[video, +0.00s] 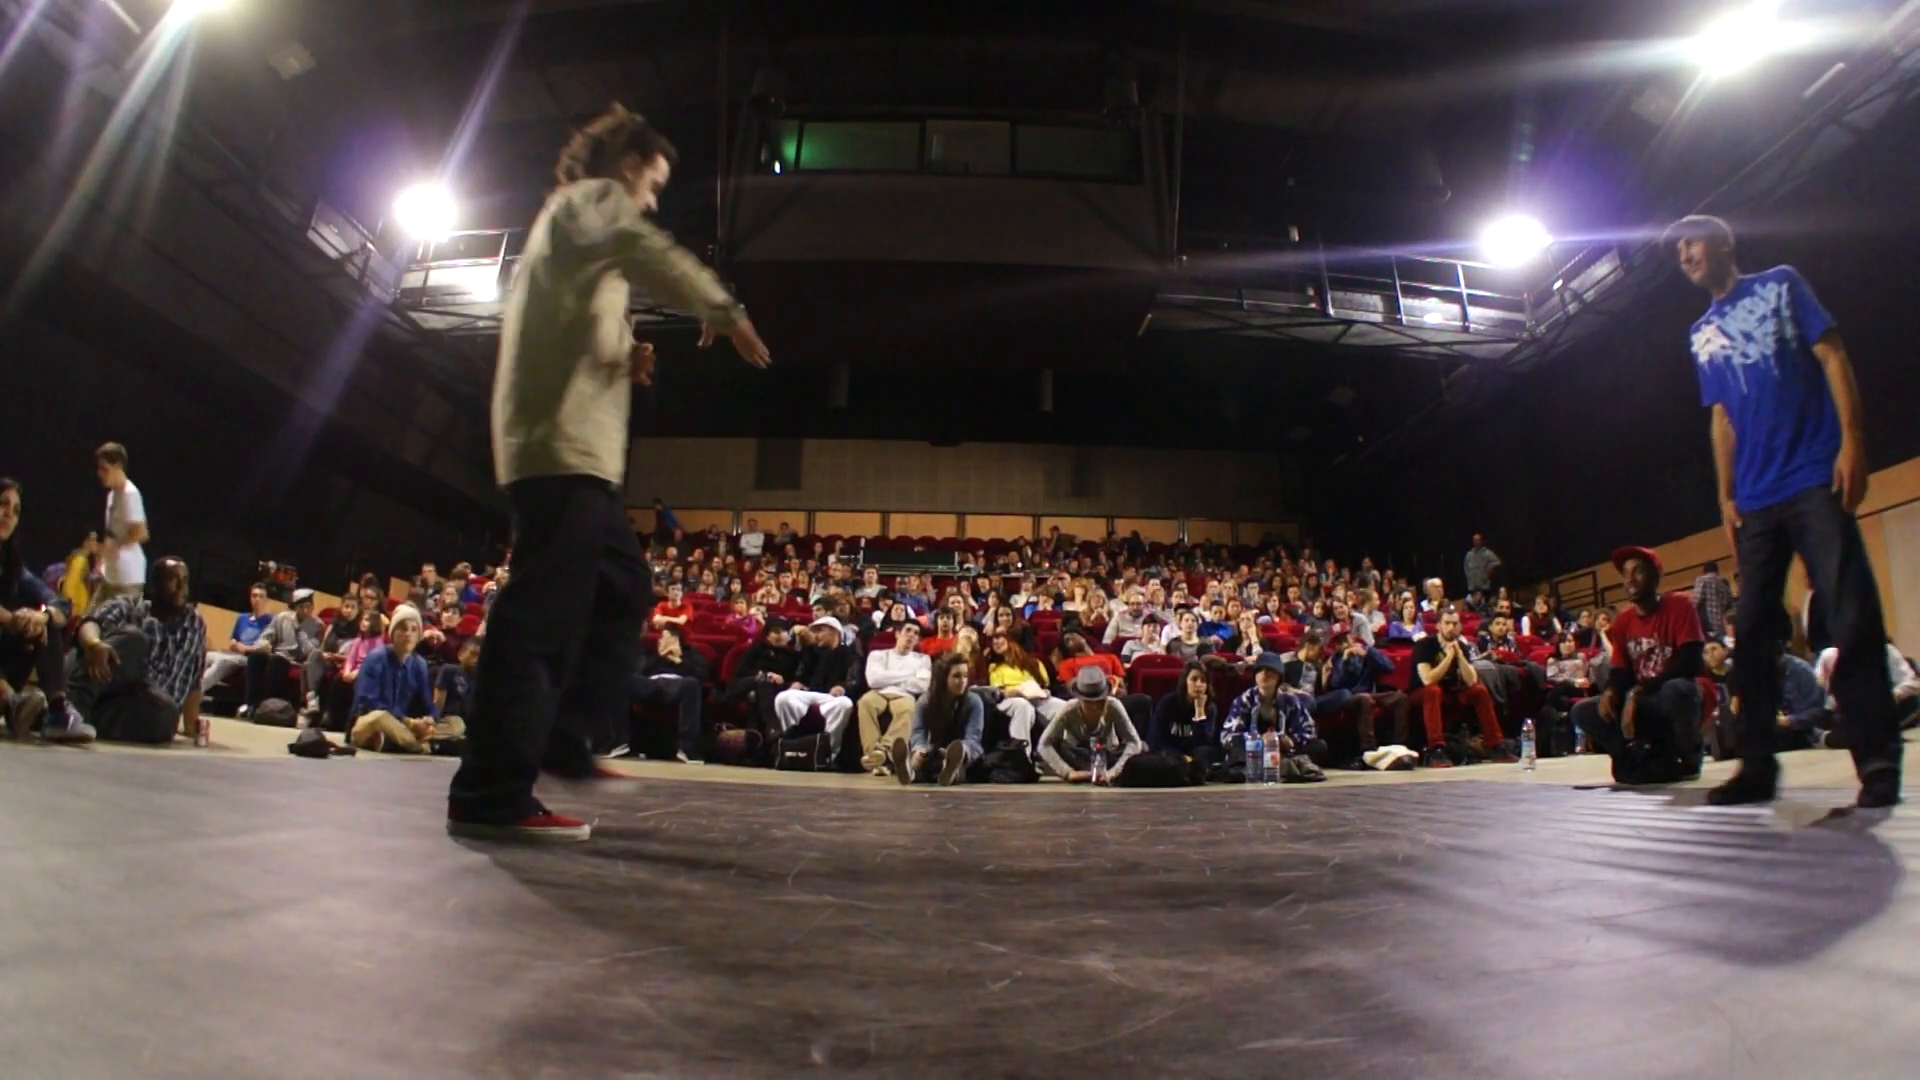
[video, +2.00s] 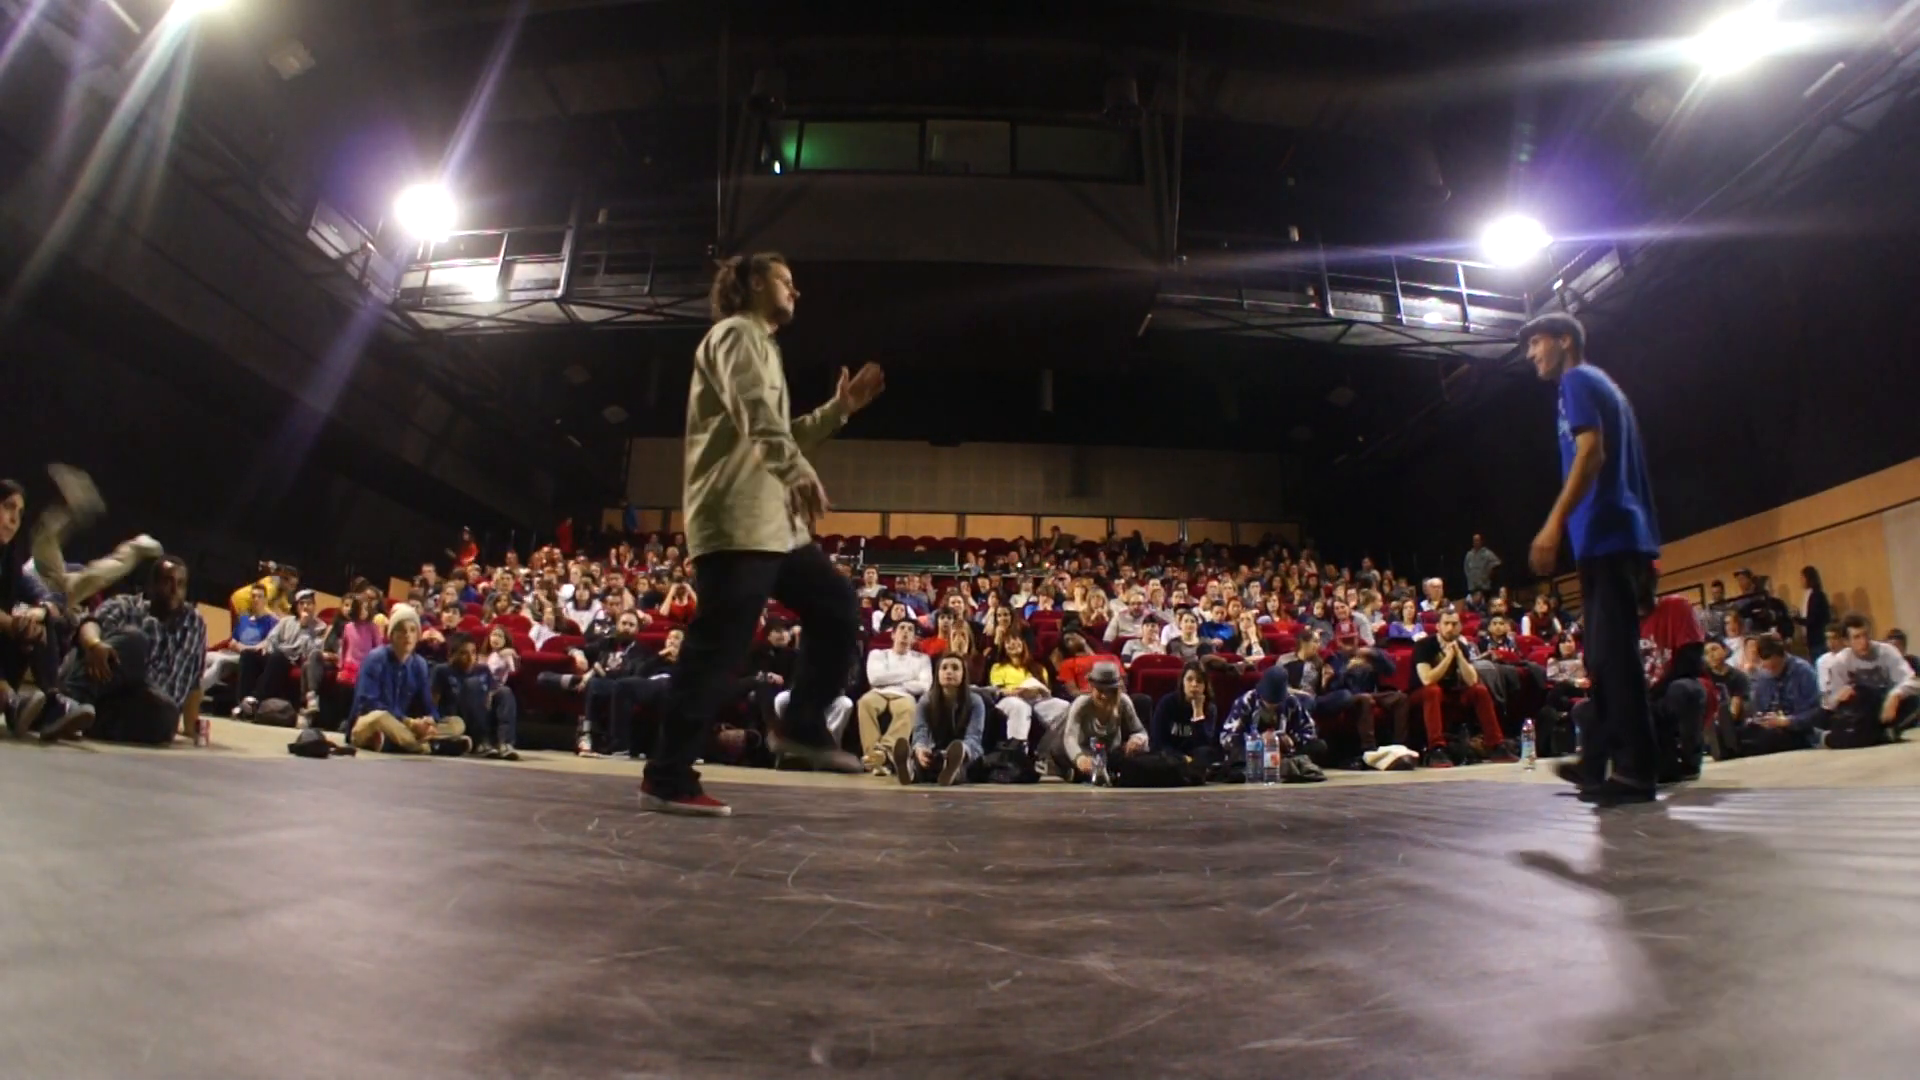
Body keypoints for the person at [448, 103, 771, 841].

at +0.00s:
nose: (655, 200)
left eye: (661, 188)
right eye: (654, 182)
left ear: (611, 168)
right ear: (624, 162)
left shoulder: (577, 230)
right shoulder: (588, 202)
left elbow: (563, 337)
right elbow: (648, 250)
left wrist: (622, 356)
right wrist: (724, 309)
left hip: (577, 451)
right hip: (560, 449)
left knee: (623, 591)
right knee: (540, 615)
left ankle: (576, 741)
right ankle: (491, 795)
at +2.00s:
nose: (794, 292)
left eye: (793, 284)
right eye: (785, 281)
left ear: (762, 289)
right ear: (751, 285)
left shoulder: (763, 349)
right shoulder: (735, 332)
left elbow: (781, 440)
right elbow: (756, 414)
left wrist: (838, 408)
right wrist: (798, 469)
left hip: (768, 517)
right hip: (736, 513)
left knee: (836, 606)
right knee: (717, 647)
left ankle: (803, 729)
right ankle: (670, 774)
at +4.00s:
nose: (748, 293)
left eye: (748, 283)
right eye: (742, 281)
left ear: (704, 281)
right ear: (714, 279)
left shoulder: (703, 338)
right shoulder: (694, 314)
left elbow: (708, 428)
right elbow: (738, 341)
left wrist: (773, 448)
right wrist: (786, 385)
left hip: (697, 503)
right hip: (665, 502)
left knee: (775, 565)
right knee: (652, 637)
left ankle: (810, 686)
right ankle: (611, 778)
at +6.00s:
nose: (743, 300)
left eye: (745, 293)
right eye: (736, 288)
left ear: (732, 300)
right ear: (705, 285)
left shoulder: (729, 343)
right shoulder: (675, 309)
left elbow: (763, 369)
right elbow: (695, 344)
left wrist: (787, 342)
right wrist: (757, 369)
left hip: (705, 503)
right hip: (662, 492)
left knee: (697, 638)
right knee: (664, 622)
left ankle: (688, 772)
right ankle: (609, 768)